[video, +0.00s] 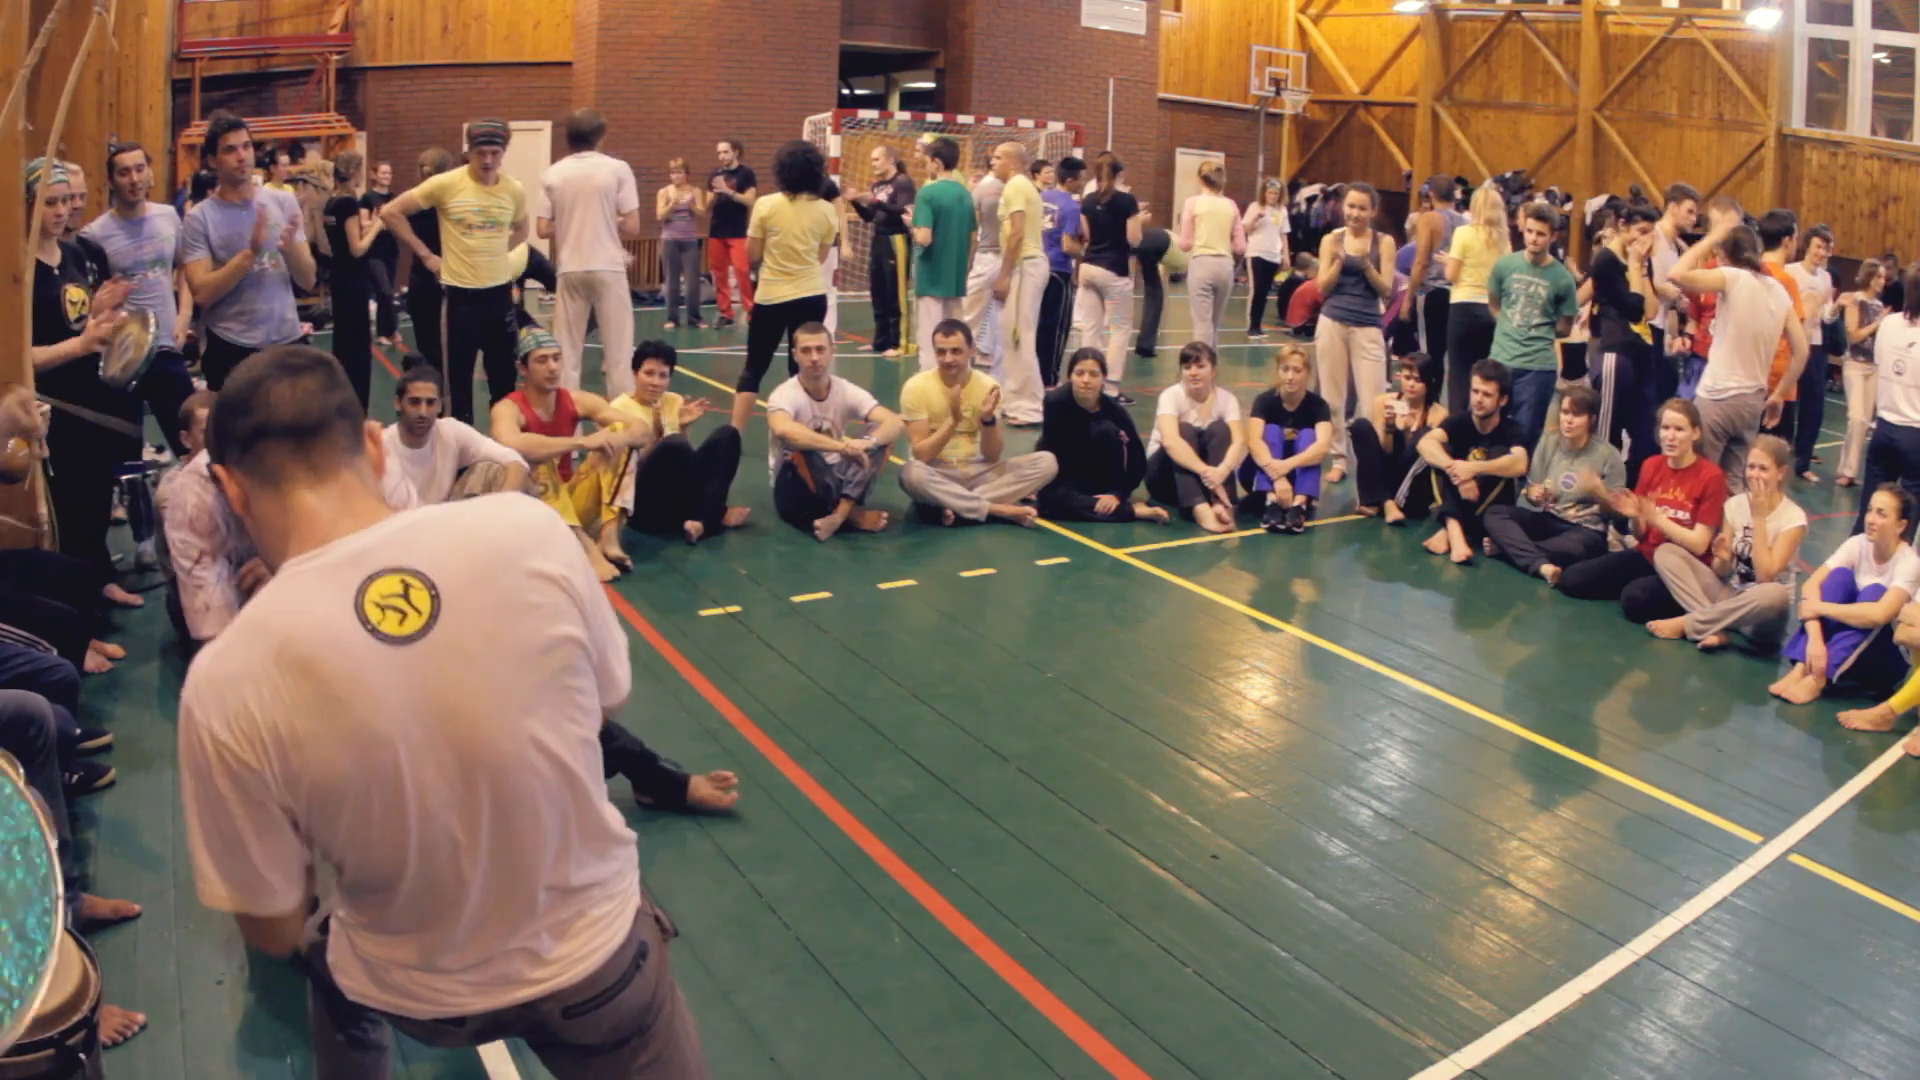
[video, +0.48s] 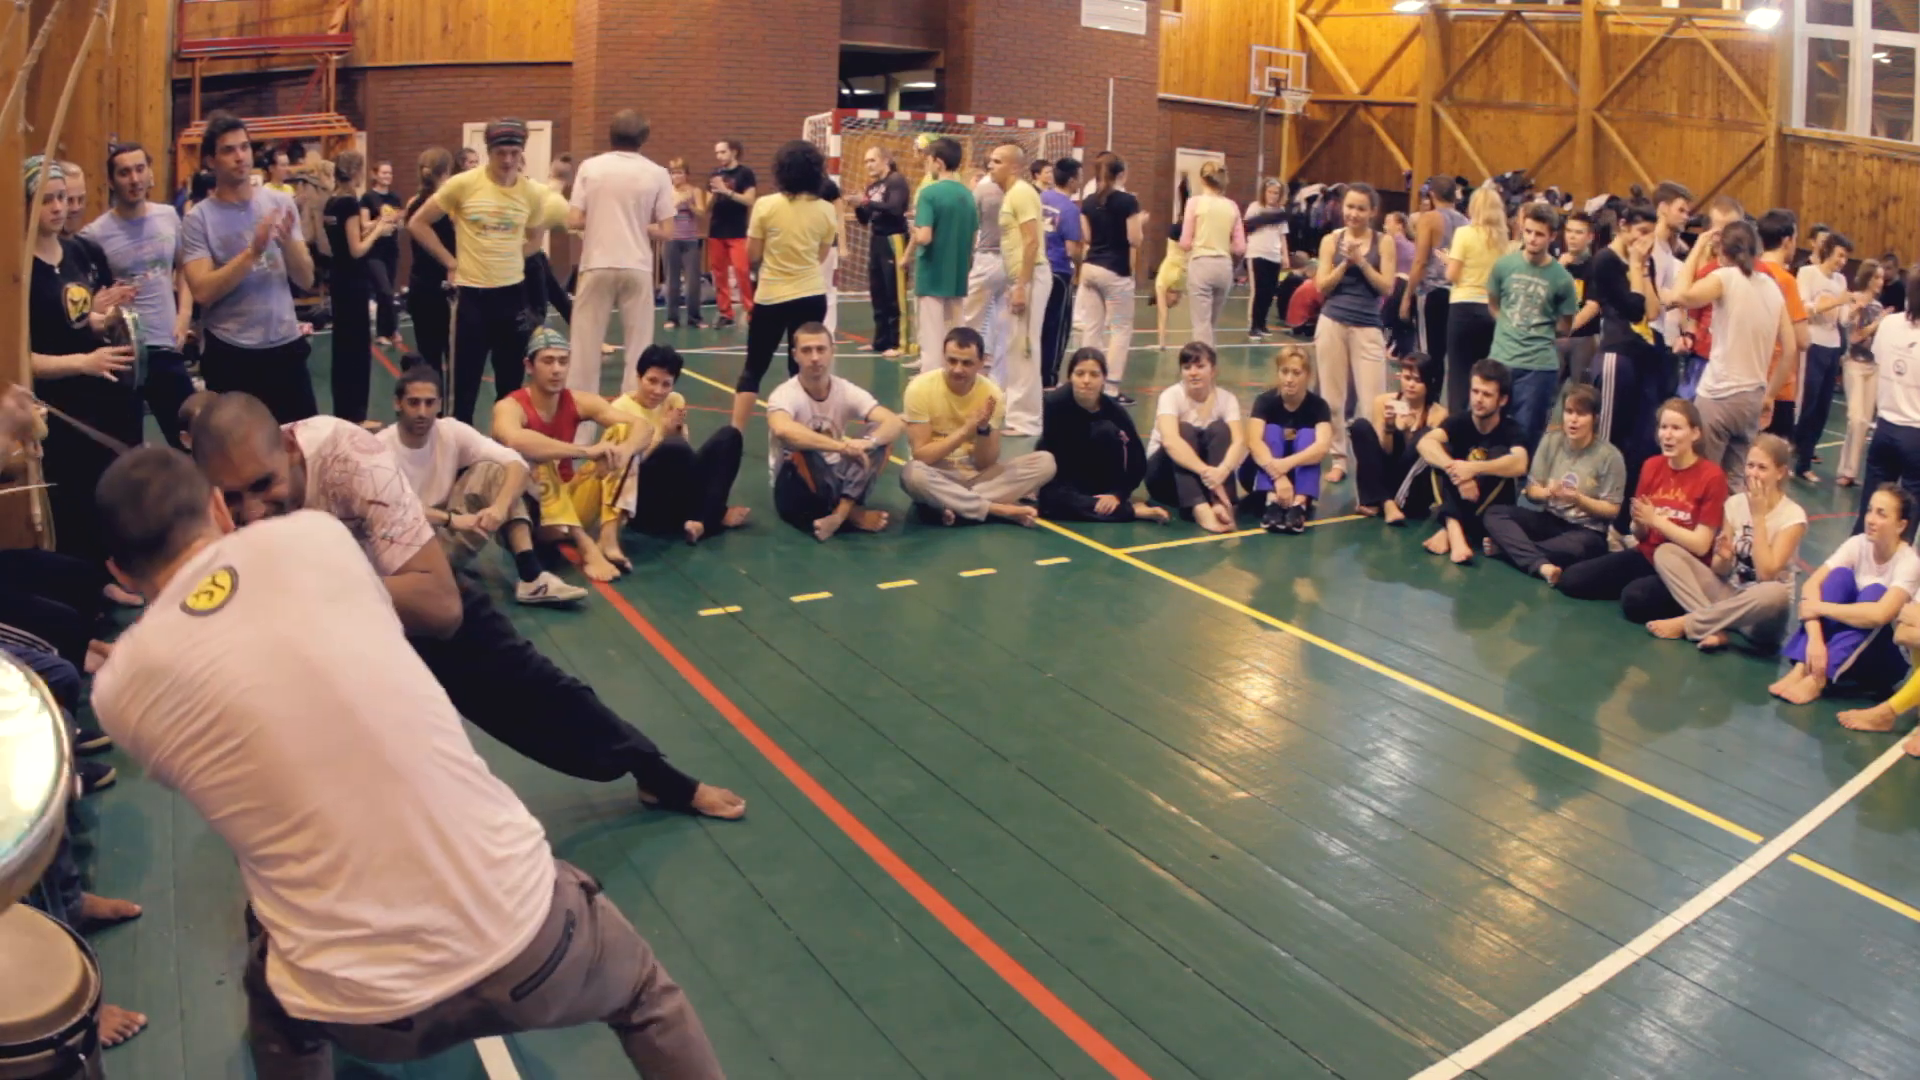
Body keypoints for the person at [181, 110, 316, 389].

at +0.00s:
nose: (242, 157)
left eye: (247, 147)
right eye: (230, 150)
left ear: (254, 151)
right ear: (212, 160)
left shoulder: (284, 202)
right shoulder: (199, 218)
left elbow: (308, 280)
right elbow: (202, 294)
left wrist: (291, 246)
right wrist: (251, 251)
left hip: (287, 342)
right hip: (231, 348)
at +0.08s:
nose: (242, 156)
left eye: (246, 147)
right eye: (230, 150)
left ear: (254, 151)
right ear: (212, 161)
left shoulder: (283, 202)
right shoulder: (199, 218)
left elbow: (308, 280)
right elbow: (203, 292)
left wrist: (282, 246)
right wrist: (256, 256)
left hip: (285, 341)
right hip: (229, 347)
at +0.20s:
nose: (241, 157)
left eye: (246, 147)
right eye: (230, 150)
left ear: (254, 152)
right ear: (212, 161)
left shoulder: (283, 202)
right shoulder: (199, 218)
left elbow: (307, 282)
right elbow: (202, 288)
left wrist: (297, 249)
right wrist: (248, 251)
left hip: (286, 339)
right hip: (237, 346)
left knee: (306, 431)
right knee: (247, 439)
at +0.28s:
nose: (242, 157)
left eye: (246, 147)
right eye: (230, 150)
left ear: (254, 152)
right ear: (212, 161)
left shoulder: (283, 202)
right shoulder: (199, 217)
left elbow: (307, 282)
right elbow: (202, 293)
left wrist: (297, 249)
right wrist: (248, 251)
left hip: (285, 344)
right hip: (230, 349)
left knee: (304, 437)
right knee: (239, 445)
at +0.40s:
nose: (241, 158)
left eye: (245, 148)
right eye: (229, 151)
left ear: (253, 152)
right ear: (211, 161)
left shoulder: (280, 202)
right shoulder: (198, 218)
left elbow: (306, 280)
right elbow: (204, 291)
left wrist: (283, 241)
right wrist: (257, 254)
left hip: (285, 347)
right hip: (230, 352)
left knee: (304, 438)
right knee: (239, 444)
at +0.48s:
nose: (240, 157)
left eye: (244, 148)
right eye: (229, 151)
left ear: (253, 152)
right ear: (211, 161)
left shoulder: (279, 202)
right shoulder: (198, 218)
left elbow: (305, 280)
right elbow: (203, 291)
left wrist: (288, 240)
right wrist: (253, 251)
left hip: (284, 345)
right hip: (230, 351)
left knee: (303, 439)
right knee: (238, 445)